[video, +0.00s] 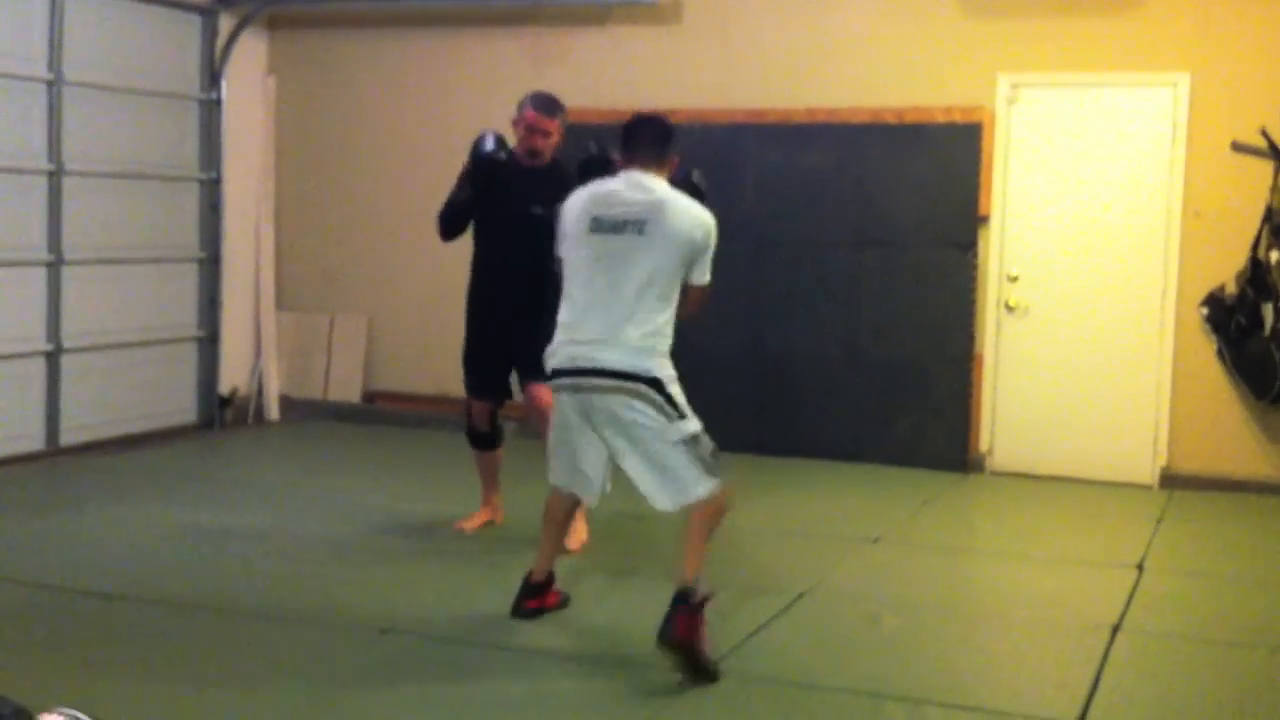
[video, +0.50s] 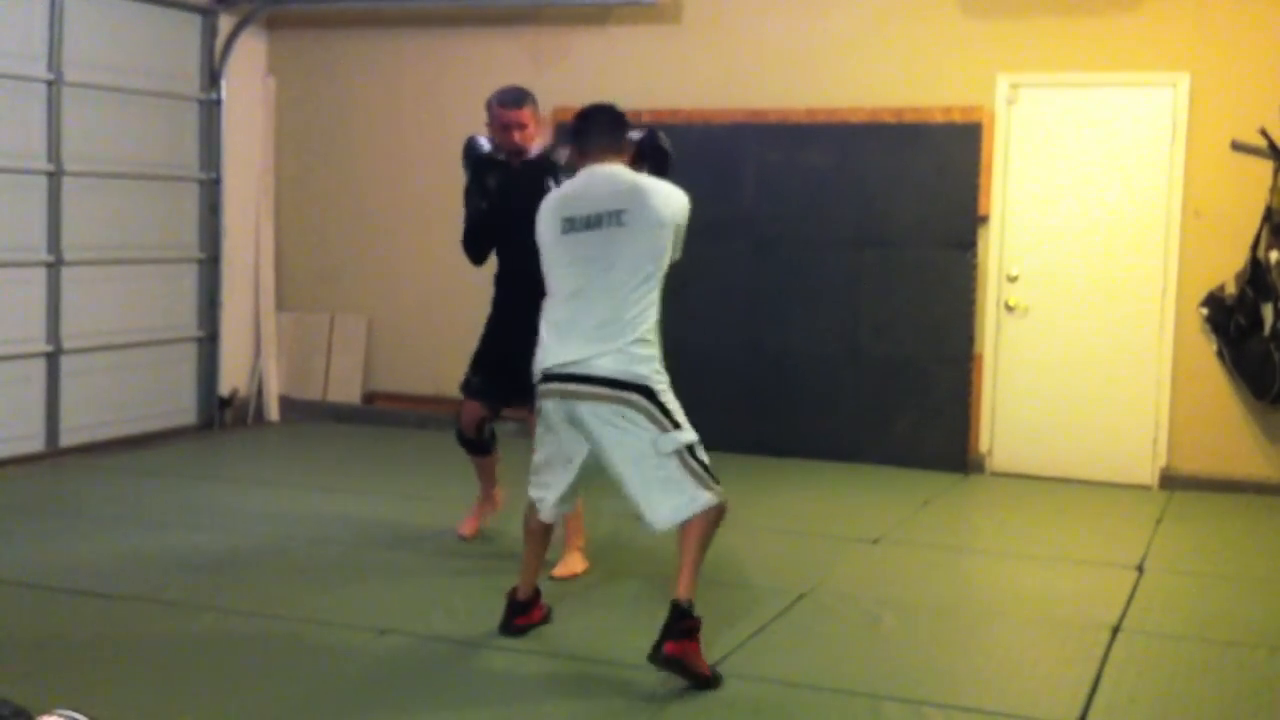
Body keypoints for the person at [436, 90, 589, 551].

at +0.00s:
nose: (535, 140)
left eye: (545, 133)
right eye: (529, 129)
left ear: (560, 135)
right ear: (515, 126)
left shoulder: (567, 182)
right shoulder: (490, 171)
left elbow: (586, 240)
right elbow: (448, 228)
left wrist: (597, 184)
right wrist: (476, 172)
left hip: (544, 307)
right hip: (490, 305)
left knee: (543, 401)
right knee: (480, 409)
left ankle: (572, 507)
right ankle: (490, 503)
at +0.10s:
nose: (531, 141)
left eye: (541, 133)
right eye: (524, 130)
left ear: (553, 134)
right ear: (506, 126)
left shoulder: (565, 184)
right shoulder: (482, 173)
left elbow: (580, 247)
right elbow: (456, 236)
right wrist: (480, 176)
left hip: (543, 309)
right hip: (490, 308)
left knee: (541, 398)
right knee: (481, 409)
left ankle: (571, 511)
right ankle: (490, 505)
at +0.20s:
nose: (526, 142)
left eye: (534, 133)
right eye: (518, 132)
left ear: (548, 133)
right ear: (500, 130)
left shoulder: (563, 179)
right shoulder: (480, 175)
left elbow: (576, 244)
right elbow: (462, 243)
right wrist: (480, 185)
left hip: (543, 309)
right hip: (491, 308)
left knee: (544, 410)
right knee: (483, 409)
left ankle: (572, 515)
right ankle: (491, 506)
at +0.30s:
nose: (525, 142)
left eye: (534, 133)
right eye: (517, 133)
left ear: (549, 132)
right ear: (501, 133)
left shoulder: (571, 175)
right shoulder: (487, 174)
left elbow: (592, 237)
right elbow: (462, 246)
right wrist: (485, 187)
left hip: (552, 312)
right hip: (497, 311)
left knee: (546, 418)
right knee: (483, 414)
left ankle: (571, 534)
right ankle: (492, 506)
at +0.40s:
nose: (526, 138)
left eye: (534, 129)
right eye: (517, 130)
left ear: (548, 127)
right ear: (501, 129)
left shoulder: (565, 174)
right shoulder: (488, 173)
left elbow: (581, 232)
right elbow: (469, 247)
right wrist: (489, 185)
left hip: (554, 307)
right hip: (503, 307)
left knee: (548, 419)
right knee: (483, 419)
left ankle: (573, 534)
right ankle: (490, 504)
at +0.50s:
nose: (512, 136)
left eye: (520, 126)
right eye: (503, 128)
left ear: (538, 124)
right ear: (491, 130)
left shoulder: (564, 171)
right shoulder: (490, 175)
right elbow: (478, 251)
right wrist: (485, 181)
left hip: (562, 307)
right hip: (512, 306)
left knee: (555, 423)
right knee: (472, 417)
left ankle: (574, 537)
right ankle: (489, 494)